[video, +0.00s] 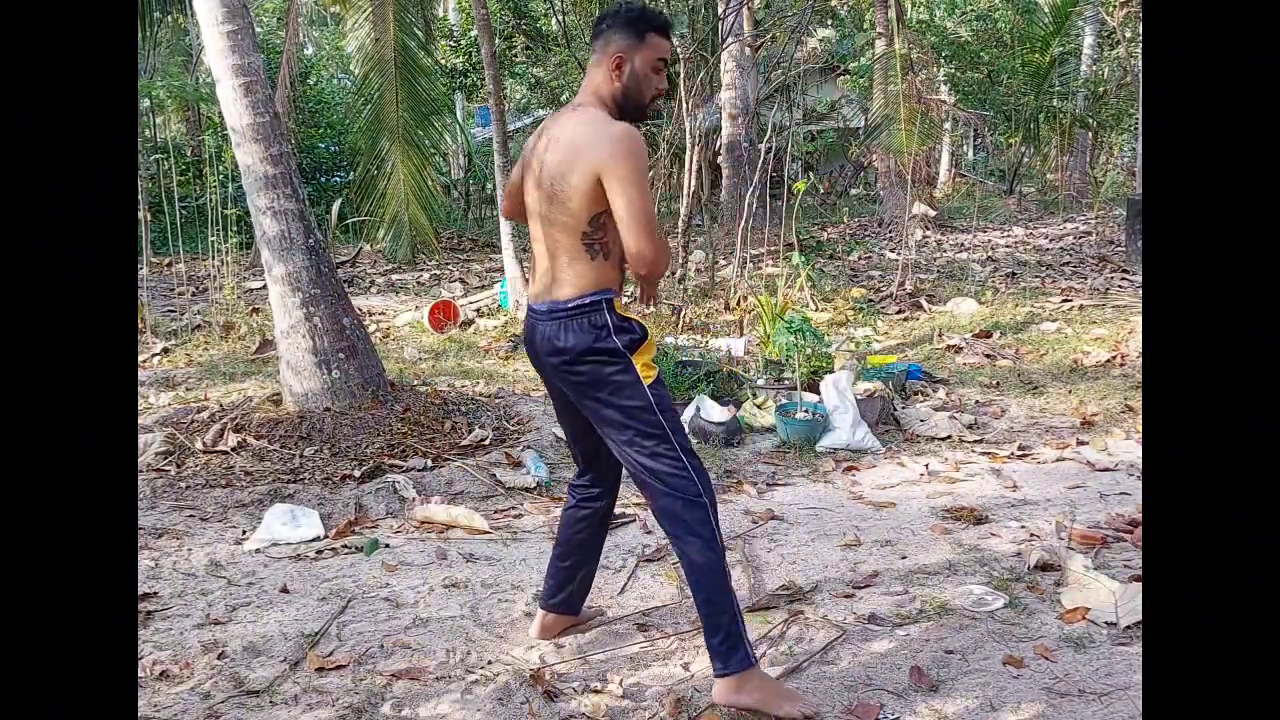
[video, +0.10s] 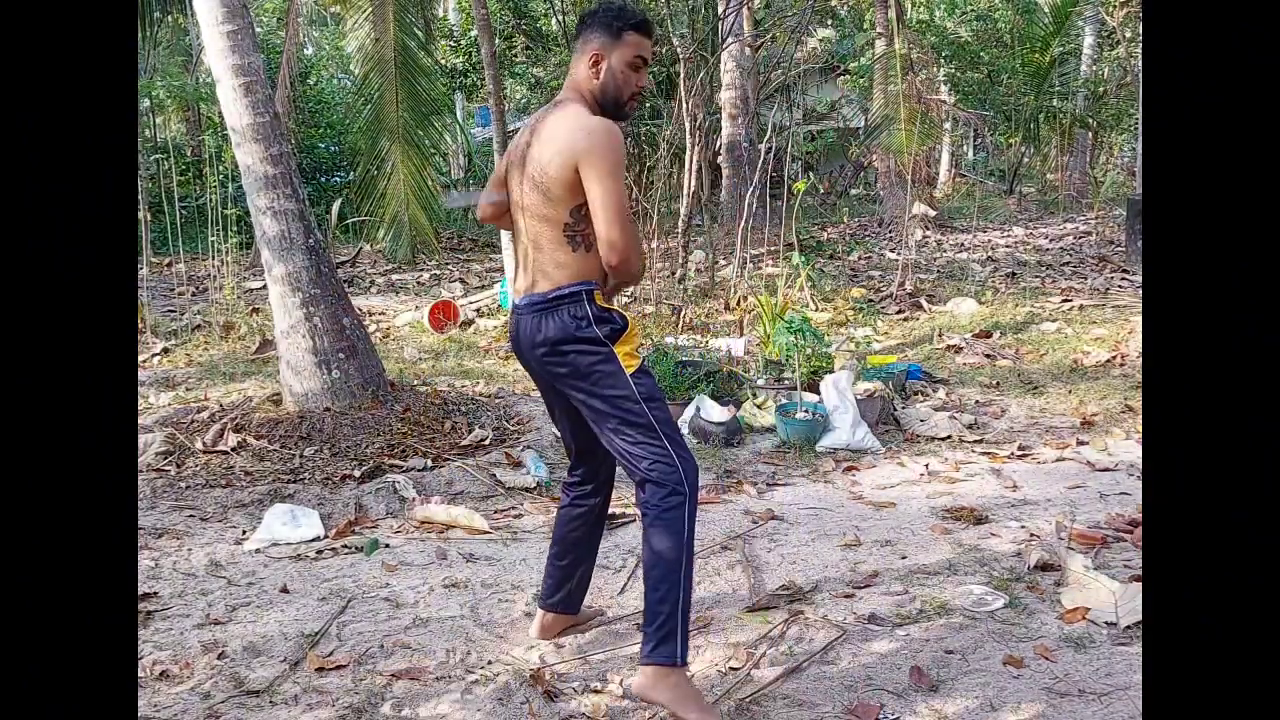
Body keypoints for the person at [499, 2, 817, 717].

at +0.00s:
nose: (664, 86)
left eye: (667, 70)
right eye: (659, 69)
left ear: (607, 66)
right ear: (615, 62)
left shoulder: (549, 128)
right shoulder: (615, 139)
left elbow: (511, 206)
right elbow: (645, 264)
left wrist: (579, 213)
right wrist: (651, 255)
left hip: (546, 331)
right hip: (595, 333)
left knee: (596, 474)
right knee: (685, 490)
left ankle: (558, 608)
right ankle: (737, 672)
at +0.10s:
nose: (643, 84)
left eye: (647, 70)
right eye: (637, 67)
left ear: (587, 65)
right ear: (593, 60)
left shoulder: (532, 129)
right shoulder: (593, 130)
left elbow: (490, 207)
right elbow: (621, 258)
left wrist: (562, 224)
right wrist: (618, 275)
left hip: (533, 326)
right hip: (576, 324)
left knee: (590, 470)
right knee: (669, 477)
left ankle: (558, 608)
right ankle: (663, 667)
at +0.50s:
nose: (633, 94)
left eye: (637, 82)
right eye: (620, 79)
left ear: (623, 86)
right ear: (575, 81)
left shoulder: (573, 151)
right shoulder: (555, 154)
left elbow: (594, 204)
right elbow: (519, 249)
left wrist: (674, 193)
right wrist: (611, 299)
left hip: (548, 343)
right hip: (547, 349)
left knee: (597, 488)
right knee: (627, 519)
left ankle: (562, 608)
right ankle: (608, 710)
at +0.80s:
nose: (669, 55)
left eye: (668, 39)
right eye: (655, 38)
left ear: (608, 47)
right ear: (604, 44)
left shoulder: (616, 130)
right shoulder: (553, 129)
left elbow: (666, 185)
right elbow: (518, 253)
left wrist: (721, 173)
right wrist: (616, 273)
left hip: (580, 341)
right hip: (545, 346)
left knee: (600, 509)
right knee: (615, 542)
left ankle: (482, 612)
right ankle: (606, 714)